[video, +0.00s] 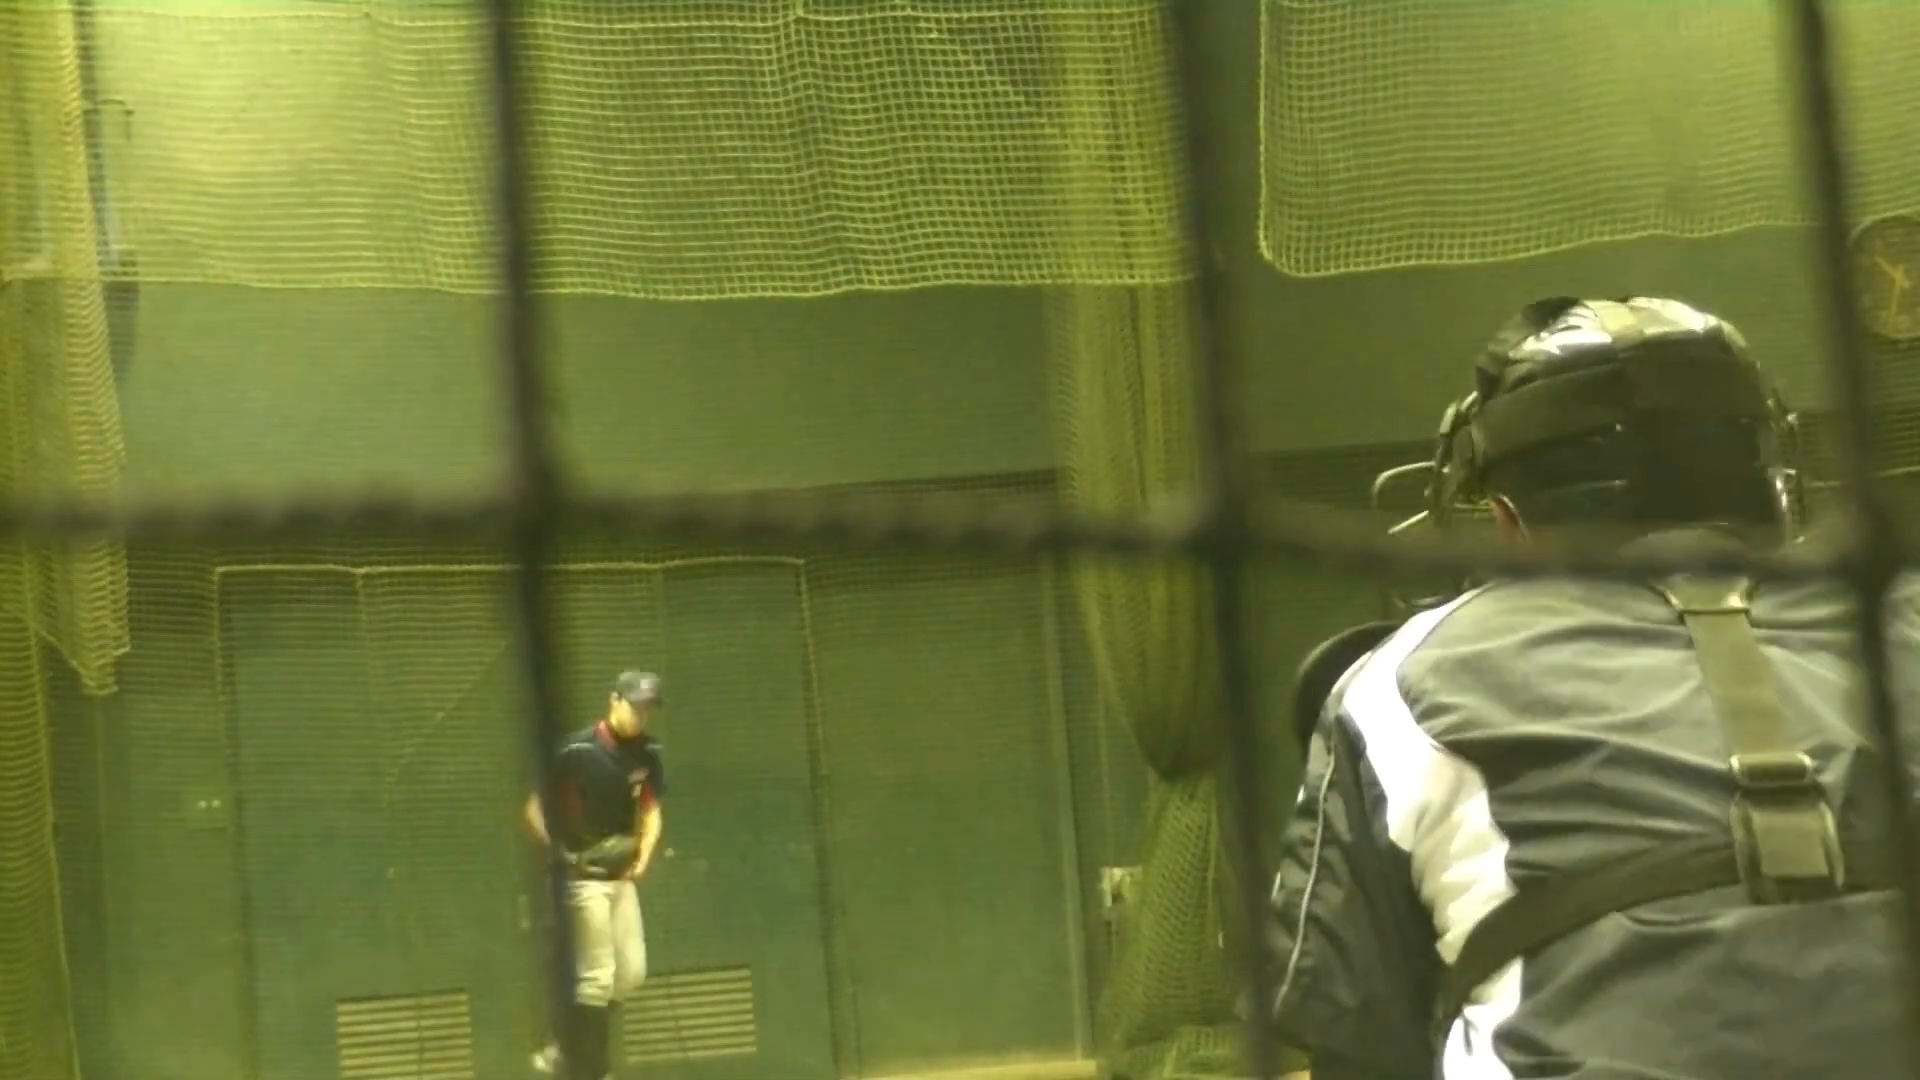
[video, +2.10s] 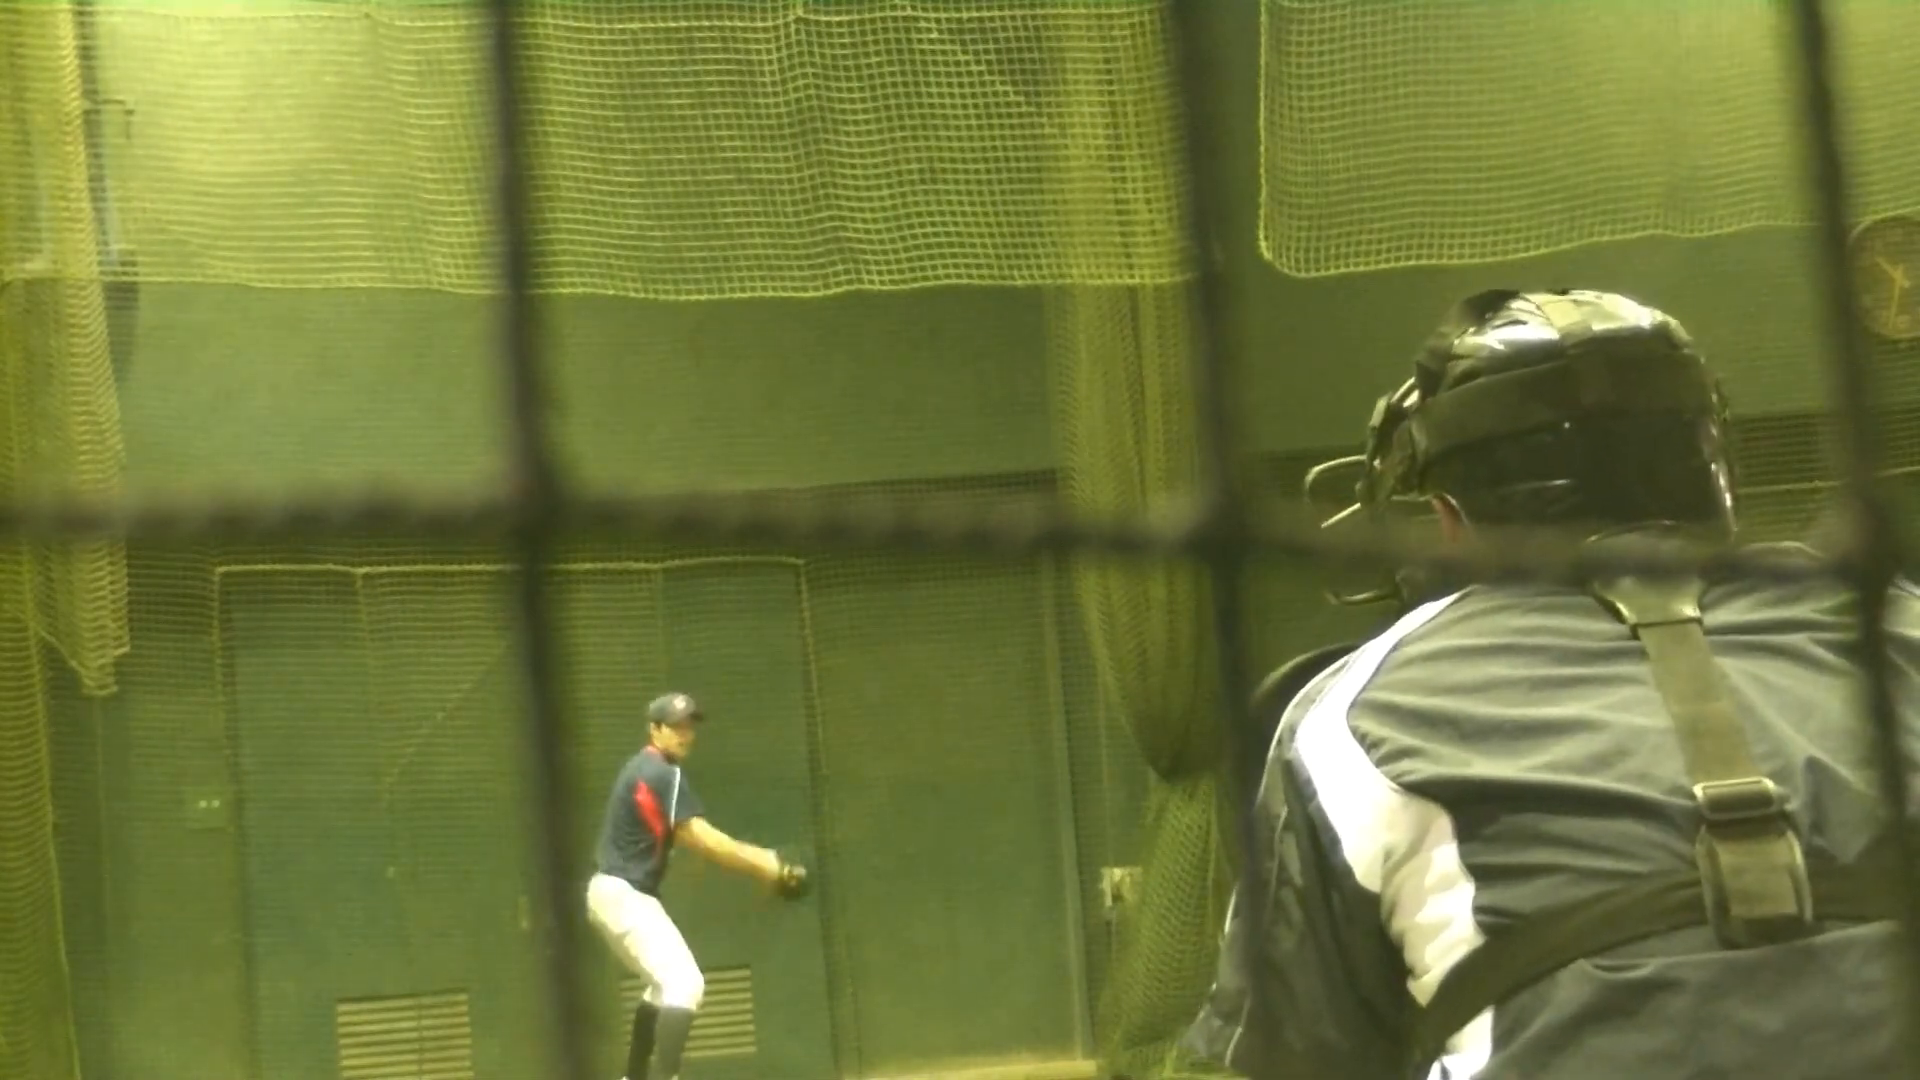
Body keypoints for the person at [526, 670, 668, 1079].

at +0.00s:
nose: (644, 717)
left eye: (648, 709)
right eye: (637, 708)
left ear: (650, 711)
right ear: (614, 703)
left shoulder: (646, 755)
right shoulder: (574, 752)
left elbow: (652, 810)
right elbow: (534, 807)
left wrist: (642, 858)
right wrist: (560, 852)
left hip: (622, 880)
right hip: (582, 880)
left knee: (630, 973)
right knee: (593, 981)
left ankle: (559, 1048)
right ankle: (591, 1070)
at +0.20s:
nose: (642, 705)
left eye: (647, 697)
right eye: (634, 696)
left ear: (652, 701)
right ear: (612, 697)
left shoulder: (638, 744)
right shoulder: (594, 745)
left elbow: (646, 794)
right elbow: (566, 809)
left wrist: (661, 832)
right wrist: (625, 845)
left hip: (617, 875)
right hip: (585, 875)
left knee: (628, 976)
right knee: (600, 981)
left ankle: (619, 1068)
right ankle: (588, 1072)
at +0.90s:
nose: (663, 705)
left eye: (665, 697)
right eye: (658, 696)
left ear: (640, 695)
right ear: (636, 692)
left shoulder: (630, 730)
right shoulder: (631, 725)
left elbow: (632, 806)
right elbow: (597, 758)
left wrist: (658, 868)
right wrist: (626, 813)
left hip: (607, 855)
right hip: (622, 854)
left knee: (629, 965)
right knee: (658, 955)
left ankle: (626, 1070)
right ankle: (653, 1065)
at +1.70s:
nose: (708, 717)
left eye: (710, 709)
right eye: (699, 709)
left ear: (678, 713)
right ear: (676, 710)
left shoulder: (660, 747)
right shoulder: (674, 751)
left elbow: (631, 813)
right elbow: (639, 809)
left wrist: (655, 878)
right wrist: (648, 878)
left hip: (626, 870)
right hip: (638, 871)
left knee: (662, 975)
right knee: (682, 979)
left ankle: (637, 1068)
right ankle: (666, 1072)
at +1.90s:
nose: (703, 731)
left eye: (706, 723)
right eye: (694, 723)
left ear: (710, 724)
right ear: (671, 723)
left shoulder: (656, 759)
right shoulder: (669, 764)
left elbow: (662, 845)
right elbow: (671, 838)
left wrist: (687, 895)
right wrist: (712, 900)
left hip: (616, 881)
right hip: (629, 883)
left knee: (659, 982)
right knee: (685, 982)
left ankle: (634, 1072)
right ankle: (667, 1072)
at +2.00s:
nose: (696, 734)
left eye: (699, 726)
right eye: (688, 726)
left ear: (702, 727)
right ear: (664, 727)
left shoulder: (649, 764)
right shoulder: (666, 769)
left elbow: (681, 846)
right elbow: (689, 842)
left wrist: (723, 887)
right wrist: (745, 892)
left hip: (613, 886)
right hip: (628, 888)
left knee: (661, 982)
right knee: (684, 983)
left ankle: (635, 1073)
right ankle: (668, 1072)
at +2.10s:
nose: (687, 735)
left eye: (690, 727)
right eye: (678, 727)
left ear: (691, 729)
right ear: (655, 730)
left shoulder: (644, 767)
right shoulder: (662, 773)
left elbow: (696, 836)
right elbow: (702, 836)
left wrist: (758, 859)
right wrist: (768, 866)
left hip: (611, 891)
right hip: (624, 893)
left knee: (663, 983)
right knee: (684, 983)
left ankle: (636, 1073)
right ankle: (665, 1073)